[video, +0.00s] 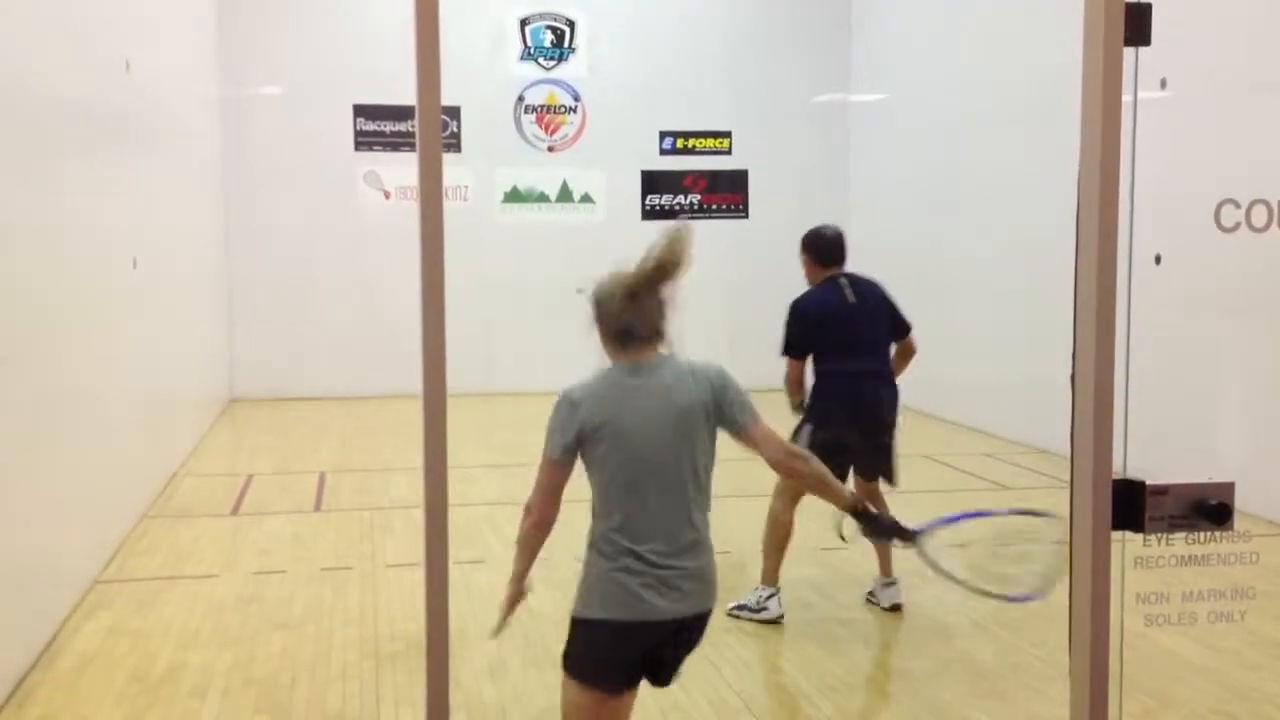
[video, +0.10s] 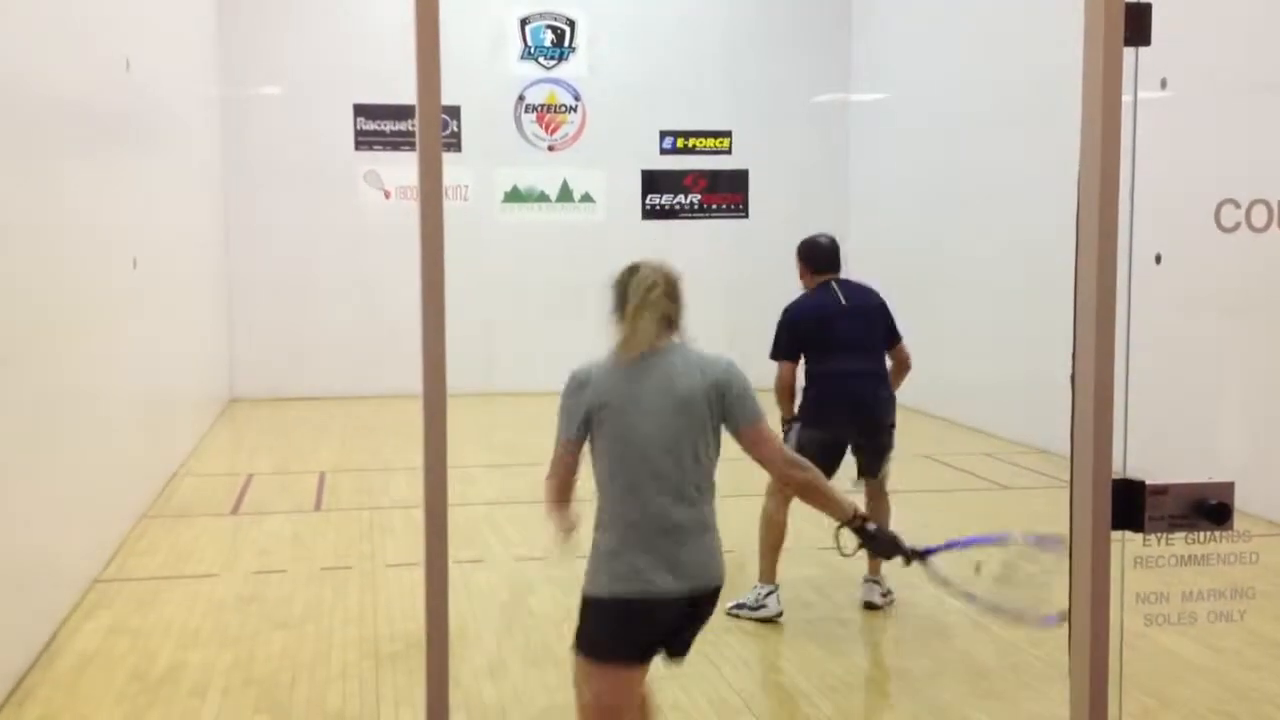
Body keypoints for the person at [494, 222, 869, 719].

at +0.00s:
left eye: (601, 324)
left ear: (603, 332)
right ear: (662, 322)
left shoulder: (581, 402)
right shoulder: (708, 384)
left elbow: (540, 513)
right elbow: (787, 459)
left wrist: (517, 578)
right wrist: (852, 503)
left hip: (613, 613)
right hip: (690, 607)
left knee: (589, 711)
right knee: (613, 691)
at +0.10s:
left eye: (624, 304)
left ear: (620, 312)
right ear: (676, 310)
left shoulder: (589, 382)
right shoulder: (715, 374)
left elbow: (560, 477)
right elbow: (784, 465)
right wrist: (857, 521)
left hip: (623, 589)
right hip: (699, 583)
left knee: (605, 705)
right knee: (622, 678)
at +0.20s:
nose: (696, 288)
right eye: (696, 280)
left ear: (640, 283)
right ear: (696, 287)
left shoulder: (605, 354)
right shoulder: (724, 356)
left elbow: (579, 462)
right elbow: (767, 456)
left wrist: (615, 504)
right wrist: (823, 525)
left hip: (634, 558)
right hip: (712, 554)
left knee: (623, 704)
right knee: (672, 663)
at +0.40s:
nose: (730, 312)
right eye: (730, 304)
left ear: (674, 306)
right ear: (728, 311)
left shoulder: (637, 377)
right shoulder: (748, 383)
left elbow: (610, 478)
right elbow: (777, 487)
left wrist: (597, 554)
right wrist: (801, 557)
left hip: (655, 560)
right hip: (730, 555)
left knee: (658, 695)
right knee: (716, 697)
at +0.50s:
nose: (724, 296)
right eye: (733, 287)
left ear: (682, 290)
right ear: (734, 291)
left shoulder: (650, 353)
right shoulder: (757, 363)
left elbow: (623, 425)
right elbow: (786, 453)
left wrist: (592, 491)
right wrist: (801, 522)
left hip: (664, 526)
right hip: (734, 528)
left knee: (678, 627)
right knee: (718, 670)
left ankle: (668, 713)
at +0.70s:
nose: (753, 269)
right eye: (749, 262)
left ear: (694, 271)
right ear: (745, 270)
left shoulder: (667, 333)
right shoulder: (766, 337)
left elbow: (629, 412)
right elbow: (787, 422)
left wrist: (593, 481)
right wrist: (798, 491)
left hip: (690, 494)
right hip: (757, 493)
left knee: (698, 618)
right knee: (741, 620)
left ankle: (710, 716)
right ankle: (751, 704)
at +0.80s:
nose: (762, 260)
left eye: (760, 252)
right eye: (758, 253)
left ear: (710, 258)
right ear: (745, 260)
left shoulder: (680, 319)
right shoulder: (771, 323)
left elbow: (640, 387)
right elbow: (790, 403)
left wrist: (629, 432)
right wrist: (803, 468)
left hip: (697, 472)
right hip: (760, 472)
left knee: (704, 598)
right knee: (752, 580)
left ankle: (710, 712)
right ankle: (752, 686)